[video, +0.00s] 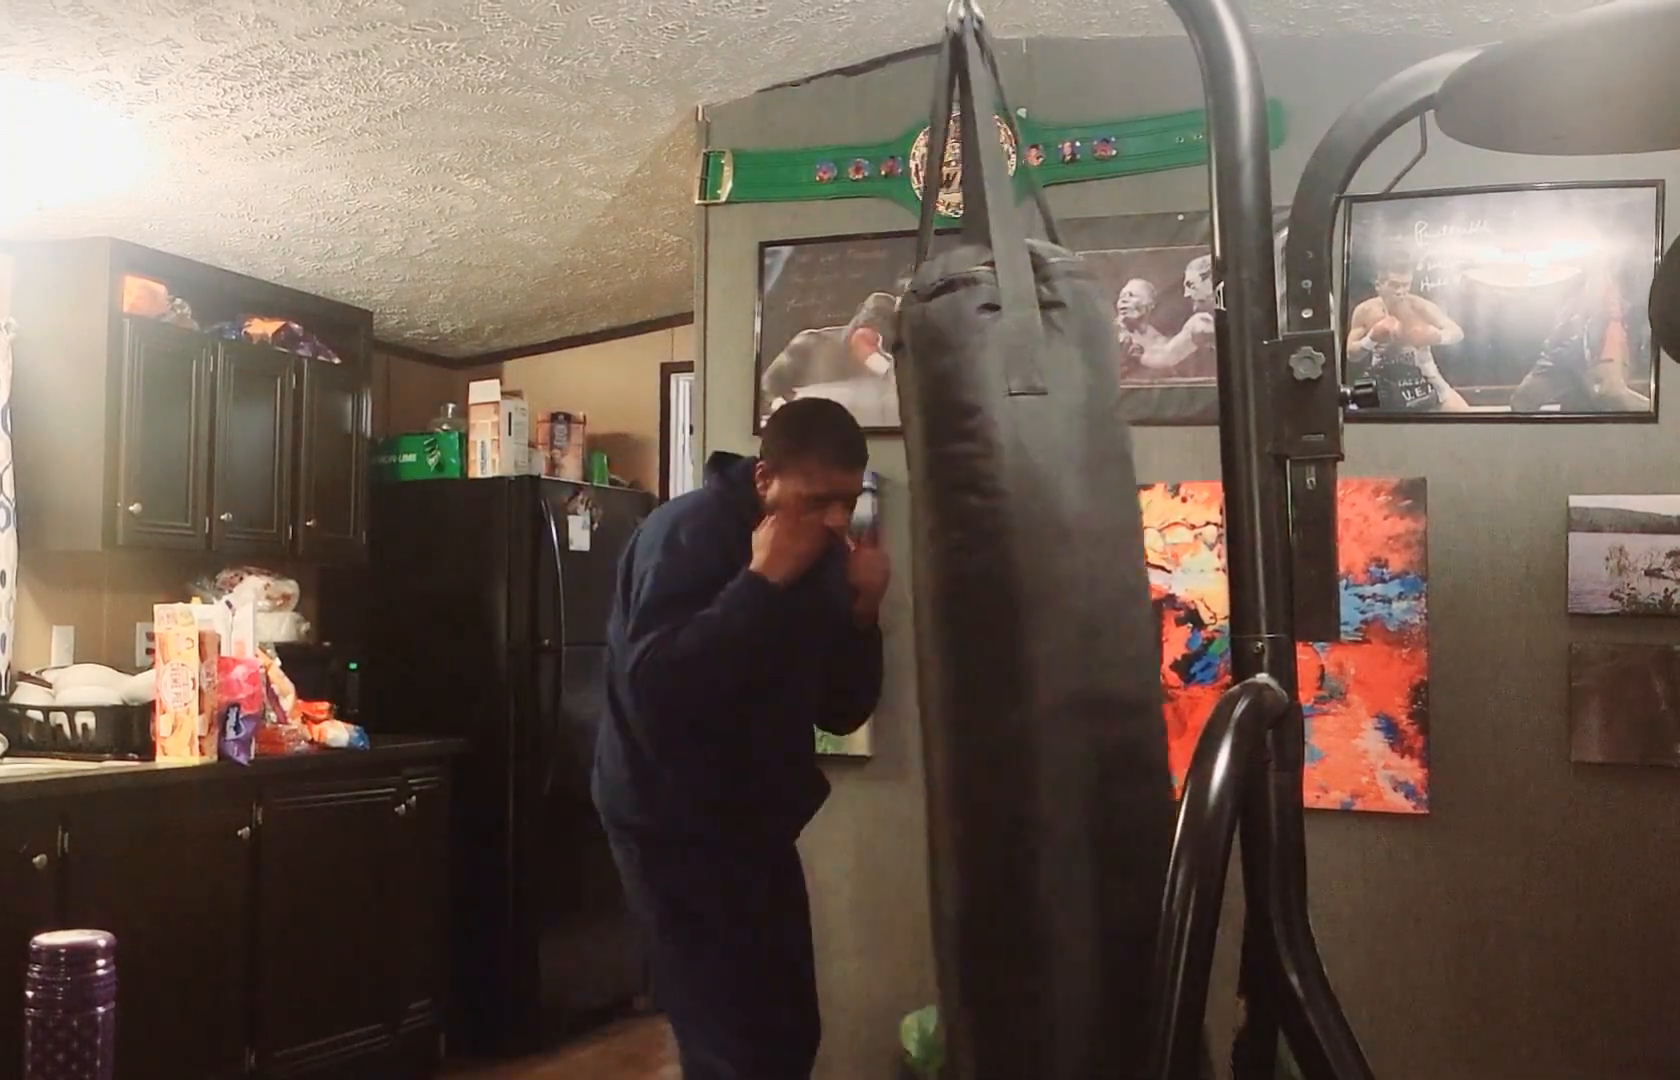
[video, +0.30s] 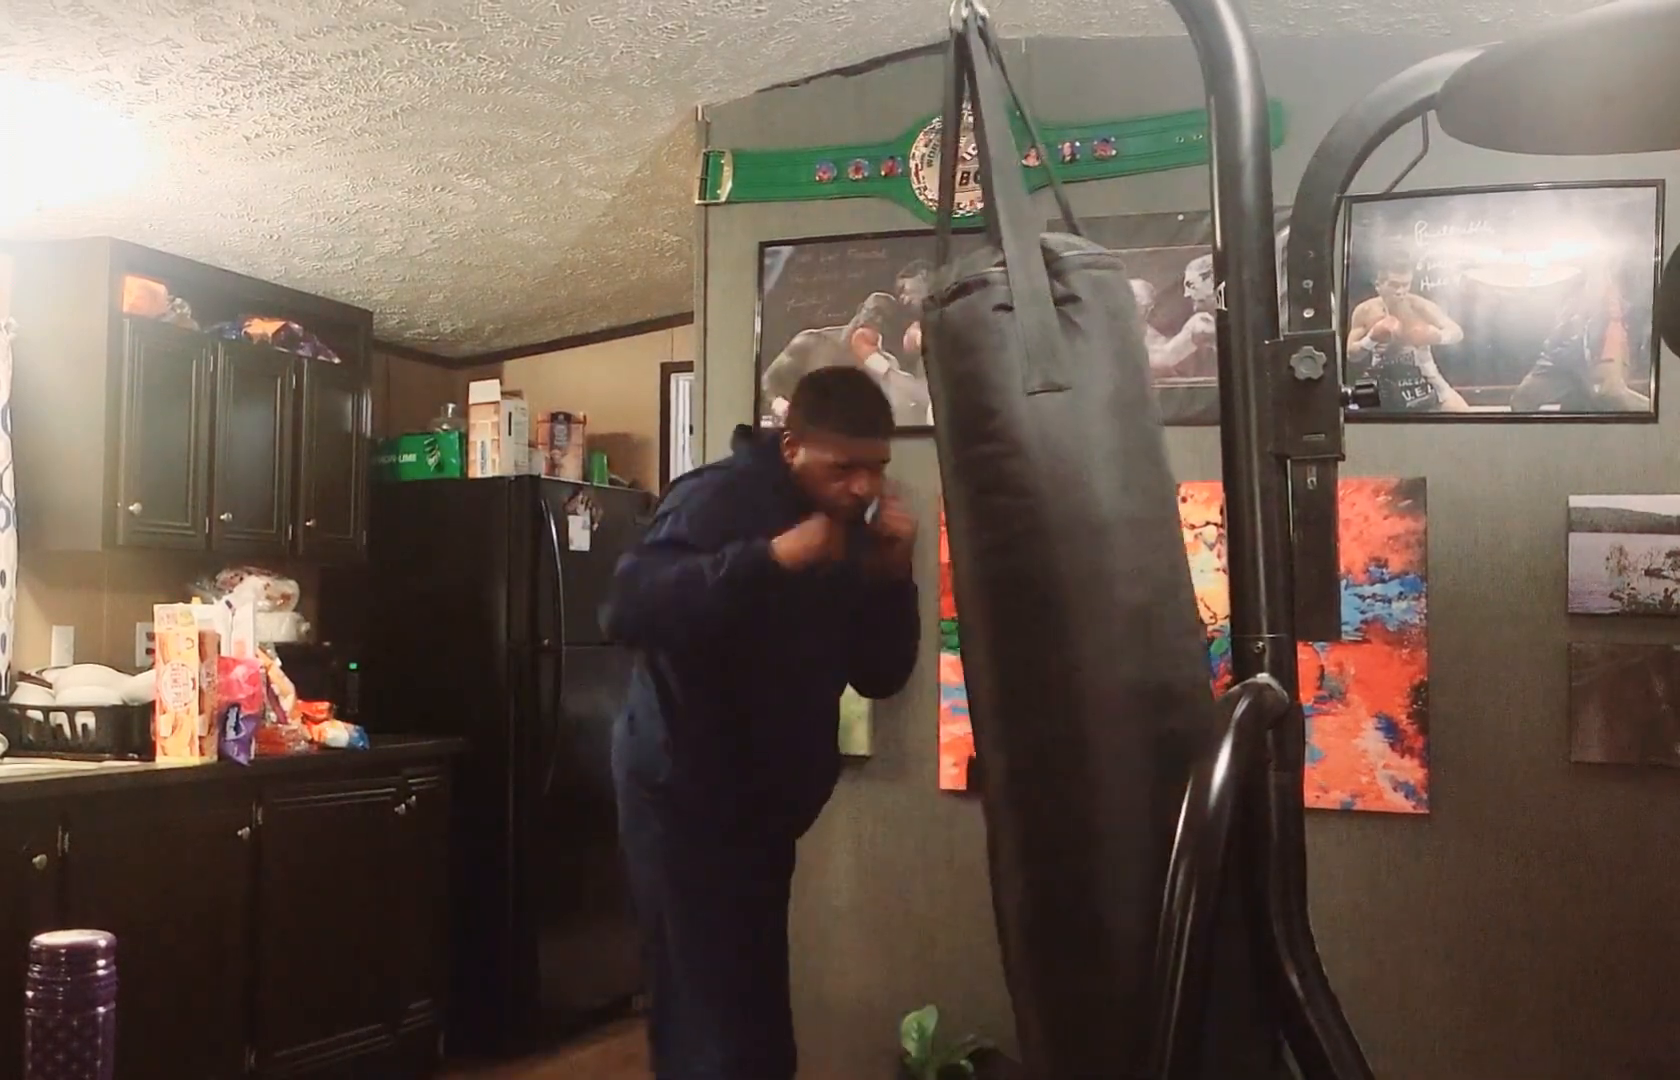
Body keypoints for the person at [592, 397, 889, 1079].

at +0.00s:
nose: (837, 521)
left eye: (848, 503)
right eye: (820, 502)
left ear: (858, 488)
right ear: (766, 480)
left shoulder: (820, 555)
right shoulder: (685, 532)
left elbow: (842, 711)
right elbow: (650, 684)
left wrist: (862, 609)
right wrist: (762, 577)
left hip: (754, 816)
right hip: (669, 819)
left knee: (790, 1035)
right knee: (730, 1045)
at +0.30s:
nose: (862, 486)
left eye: (874, 469)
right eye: (844, 469)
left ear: (885, 457)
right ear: (793, 448)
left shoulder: (857, 526)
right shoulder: (724, 495)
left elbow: (880, 677)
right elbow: (629, 608)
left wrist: (894, 571)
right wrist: (772, 556)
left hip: (767, 793)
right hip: (680, 786)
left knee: (760, 1016)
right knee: (709, 1019)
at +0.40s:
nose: (888, 487)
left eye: (900, 470)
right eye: (870, 468)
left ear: (912, 456)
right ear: (818, 444)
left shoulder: (857, 525)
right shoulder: (763, 482)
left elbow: (873, 675)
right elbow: (693, 539)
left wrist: (908, 586)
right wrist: (859, 553)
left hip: (748, 805)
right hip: (678, 799)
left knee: (754, 1034)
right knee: (704, 1033)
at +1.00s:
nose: (873, 490)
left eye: (877, 475)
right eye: (864, 473)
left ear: (825, 467)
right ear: (823, 464)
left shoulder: (829, 533)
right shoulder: (746, 499)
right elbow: (641, 581)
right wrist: (782, 594)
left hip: (739, 798)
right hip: (667, 793)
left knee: (759, 1027)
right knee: (710, 1034)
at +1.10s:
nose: (854, 412)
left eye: (847, 396)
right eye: (841, 395)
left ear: (789, 407)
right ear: (798, 406)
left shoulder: (766, 488)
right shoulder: (782, 492)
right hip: (677, 801)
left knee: (683, 1025)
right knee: (707, 1034)